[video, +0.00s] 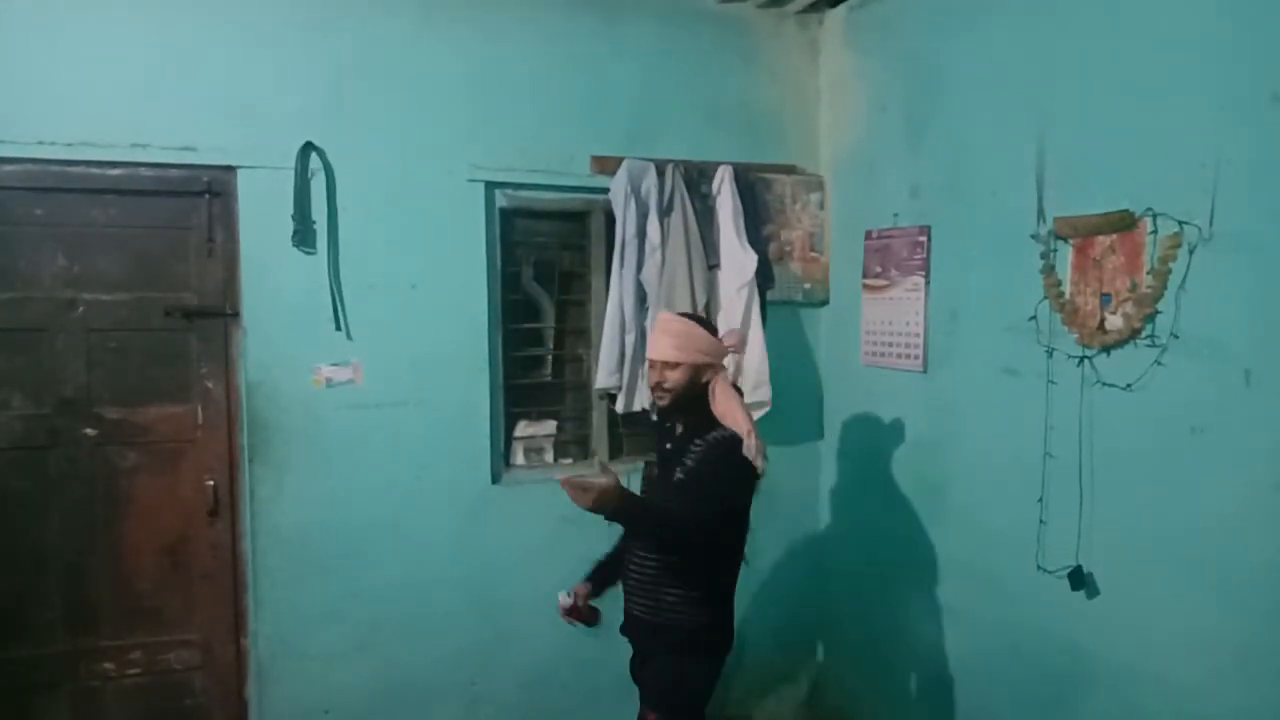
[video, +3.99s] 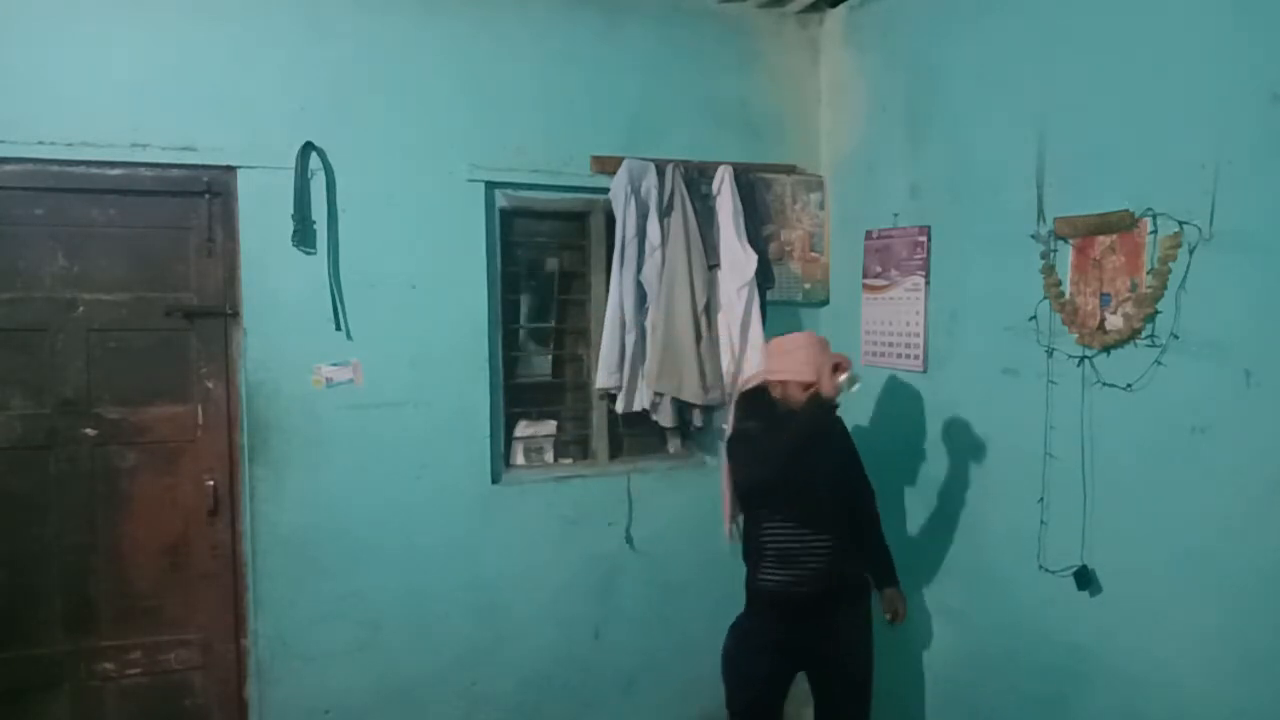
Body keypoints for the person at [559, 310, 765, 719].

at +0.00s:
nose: (657, 379)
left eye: (671, 367)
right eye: (652, 365)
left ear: (706, 373)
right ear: (645, 366)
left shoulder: (726, 450)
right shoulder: (671, 435)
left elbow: (694, 537)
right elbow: (649, 528)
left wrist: (622, 505)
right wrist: (593, 584)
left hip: (690, 634)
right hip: (651, 626)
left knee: (673, 712)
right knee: (655, 709)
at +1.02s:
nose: (691, 390)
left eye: (707, 385)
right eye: (695, 381)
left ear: (737, 408)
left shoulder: (752, 497)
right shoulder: (656, 464)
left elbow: (775, 604)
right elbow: (584, 434)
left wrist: (780, 696)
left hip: (684, 661)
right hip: (631, 649)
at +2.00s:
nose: (676, 382)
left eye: (691, 376)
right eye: (683, 373)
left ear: (718, 401)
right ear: (715, 403)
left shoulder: (725, 487)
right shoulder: (672, 445)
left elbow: (697, 595)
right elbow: (597, 430)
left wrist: (644, 679)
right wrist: (596, 371)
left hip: (658, 652)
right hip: (627, 637)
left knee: (589, 710)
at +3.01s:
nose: (697, 371)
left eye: (710, 360)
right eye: (693, 360)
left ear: (744, 370)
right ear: (687, 366)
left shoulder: (792, 448)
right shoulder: (689, 432)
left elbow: (833, 546)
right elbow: (618, 429)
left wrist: (846, 640)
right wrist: (640, 363)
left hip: (769, 627)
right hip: (699, 623)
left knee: (762, 710)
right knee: (698, 711)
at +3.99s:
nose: (818, 394)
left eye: (821, 386)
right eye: (808, 385)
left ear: (820, 386)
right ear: (778, 386)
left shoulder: (831, 429)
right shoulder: (750, 434)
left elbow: (861, 507)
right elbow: (758, 478)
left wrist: (887, 582)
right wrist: (823, 405)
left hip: (839, 606)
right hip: (771, 605)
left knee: (846, 709)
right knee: (751, 704)